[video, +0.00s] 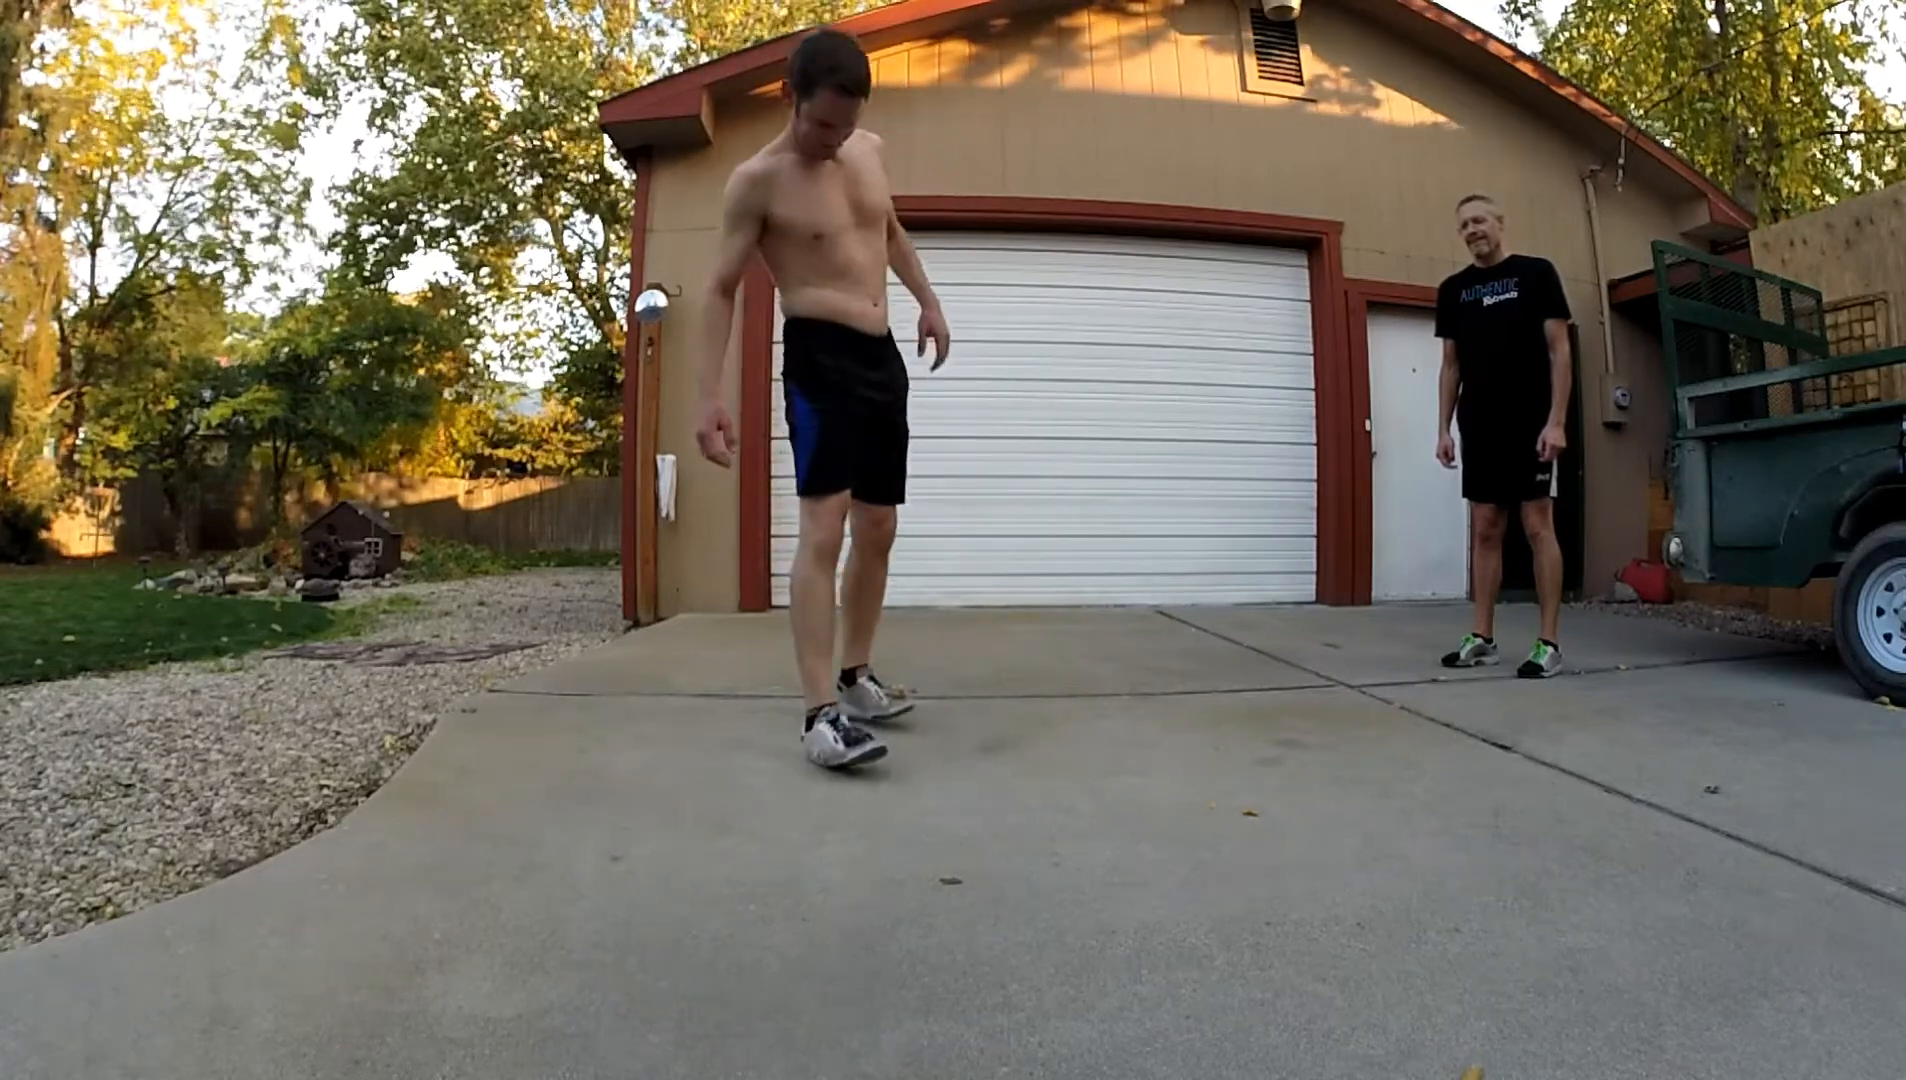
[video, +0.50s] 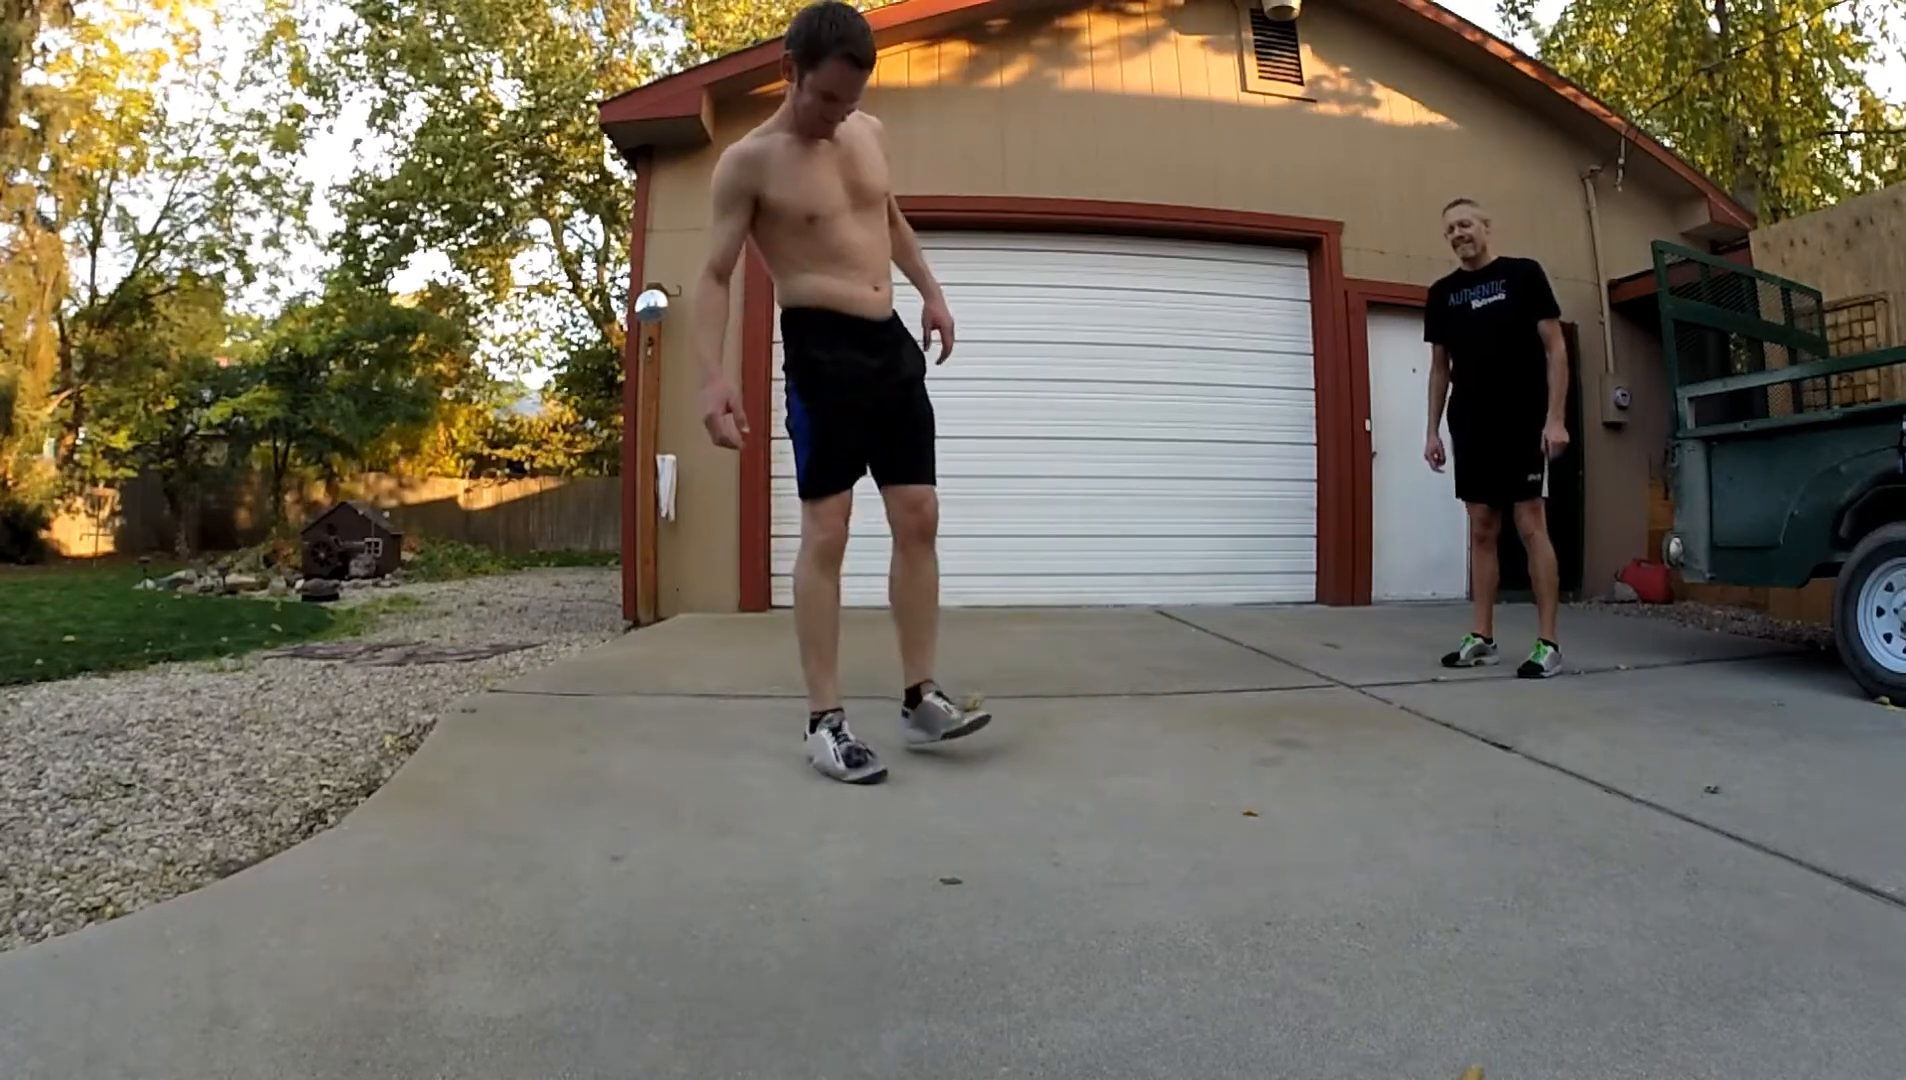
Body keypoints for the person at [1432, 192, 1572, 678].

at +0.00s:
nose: (1473, 230)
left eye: (1480, 221)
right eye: (1465, 225)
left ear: (1501, 223)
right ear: (1459, 235)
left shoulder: (1536, 273)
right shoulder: (1453, 290)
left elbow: (1560, 350)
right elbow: (1451, 364)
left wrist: (1556, 421)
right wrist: (1444, 428)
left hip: (1532, 420)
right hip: (1481, 423)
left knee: (1537, 527)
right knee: (1485, 529)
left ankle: (1548, 641)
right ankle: (1481, 636)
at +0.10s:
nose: (1472, 230)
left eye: (1478, 221)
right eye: (1464, 225)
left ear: (1498, 223)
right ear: (1458, 235)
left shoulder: (1535, 273)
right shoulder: (1452, 291)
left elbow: (1560, 351)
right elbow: (1450, 364)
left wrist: (1556, 421)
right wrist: (1443, 428)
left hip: (1531, 421)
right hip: (1480, 424)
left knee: (1537, 528)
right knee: (1484, 530)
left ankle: (1548, 641)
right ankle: (1481, 636)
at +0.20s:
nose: (1470, 231)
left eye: (1476, 222)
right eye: (1462, 226)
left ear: (1496, 224)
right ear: (1456, 236)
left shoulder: (1534, 273)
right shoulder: (1451, 291)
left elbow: (1558, 349)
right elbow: (1449, 365)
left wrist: (1554, 420)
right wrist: (1442, 429)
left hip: (1530, 421)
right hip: (1479, 424)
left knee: (1536, 527)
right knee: (1484, 530)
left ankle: (1548, 641)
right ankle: (1482, 636)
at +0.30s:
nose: (1467, 232)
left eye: (1473, 223)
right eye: (1459, 227)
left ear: (1494, 225)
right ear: (1453, 238)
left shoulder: (1531, 273)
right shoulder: (1448, 292)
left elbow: (1558, 349)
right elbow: (1446, 365)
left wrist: (1553, 420)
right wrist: (1439, 426)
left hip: (1528, 421)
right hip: (1477, 424)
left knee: (1535, 527)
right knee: (1483, 529)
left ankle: (1547, 641)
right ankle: (1481, 637)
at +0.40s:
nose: (1464, 232)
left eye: (1470, 223)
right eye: (1456, 228)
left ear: (1491, 226)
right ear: (1450, 238)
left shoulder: (1527, 273)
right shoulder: (1446, 293)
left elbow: (1558, 347)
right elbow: (1443, 365)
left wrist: (1553, 418)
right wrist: (1434, 426)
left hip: (1527, 420)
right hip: (1475, 424)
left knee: (1533, 526)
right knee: (1483, 529)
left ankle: (1547, 642)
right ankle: (1481, 637)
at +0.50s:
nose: (1459, 233)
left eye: (1465, 224)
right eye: (1451, 229)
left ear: (1487, 228)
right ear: (1446, 239)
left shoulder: (1524, 274)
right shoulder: (1442, 294)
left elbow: (1556, 346)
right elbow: (1440, 366)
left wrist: (1555, 417)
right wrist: (1433, 429)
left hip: (1524, 421)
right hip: (1473, 424)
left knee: (1531, 526)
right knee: (1482, 531)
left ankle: (1547, 642)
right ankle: (1481, 637)